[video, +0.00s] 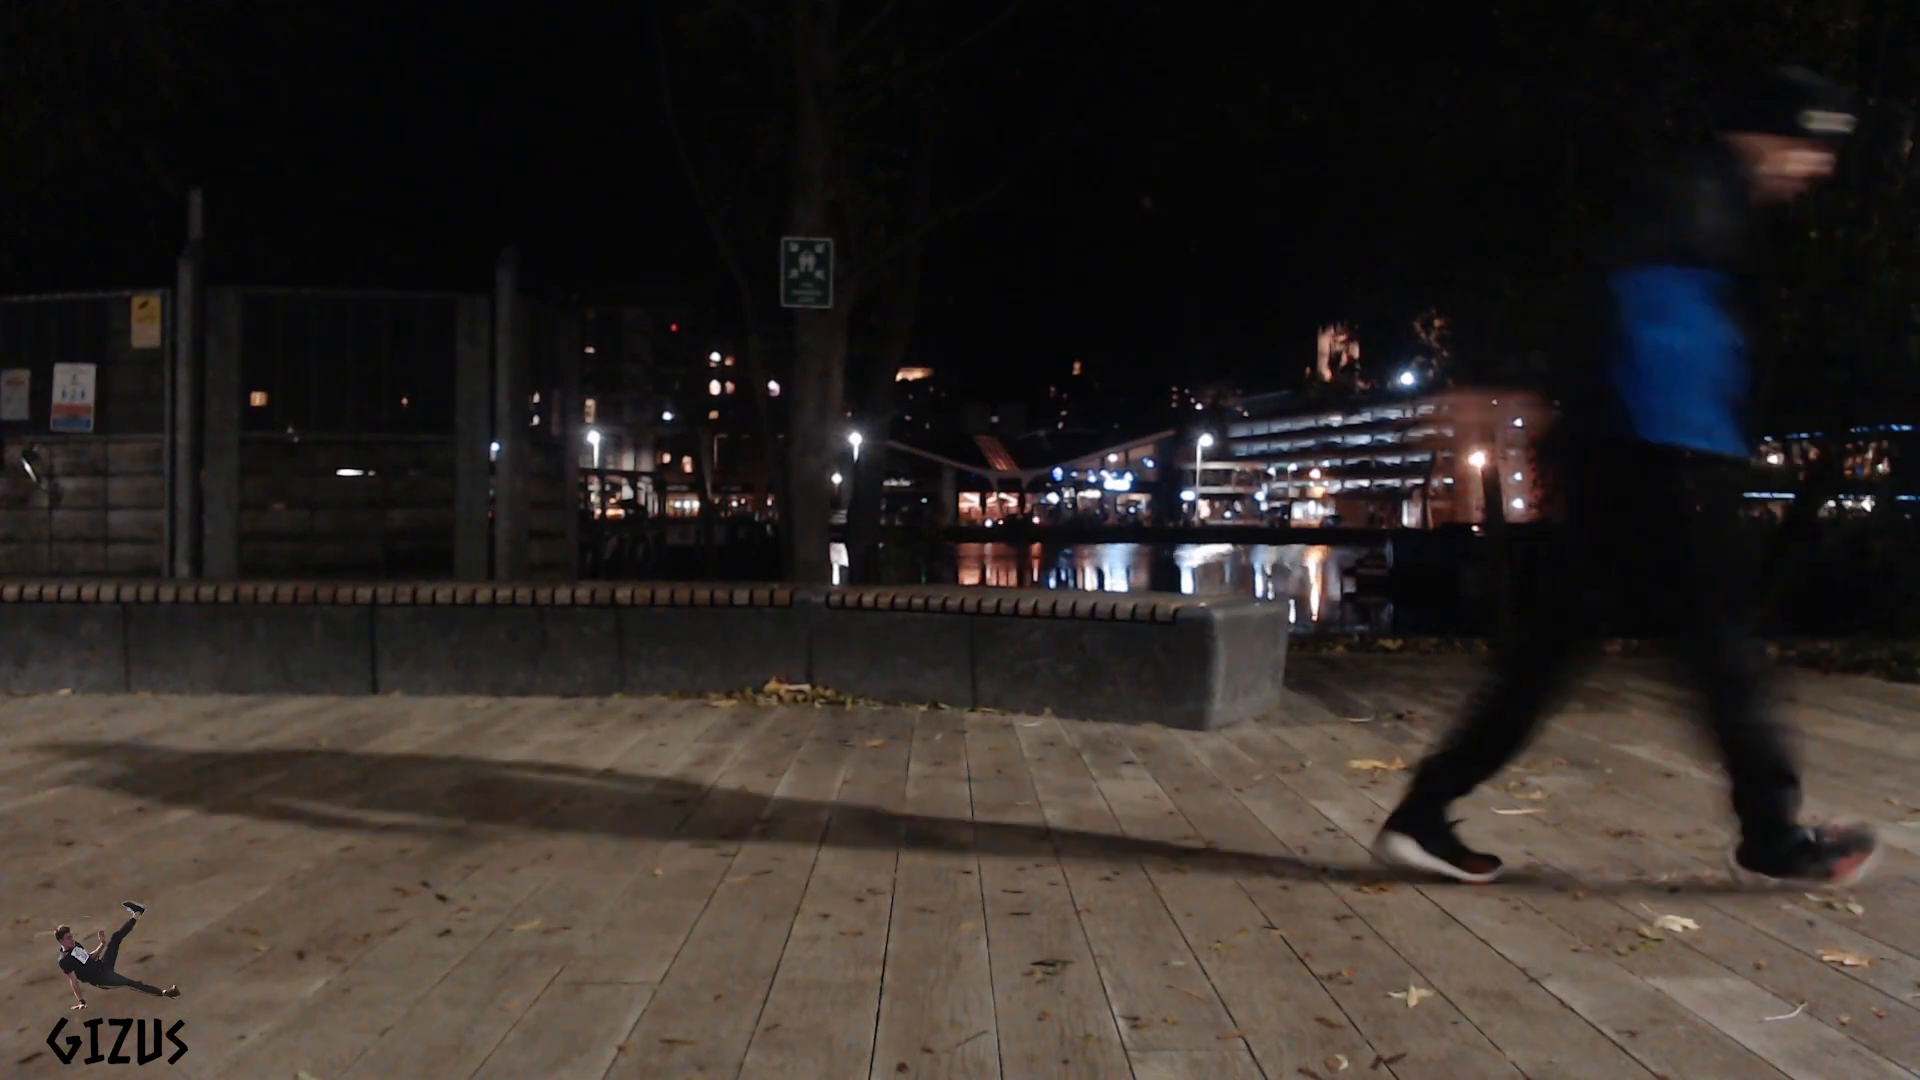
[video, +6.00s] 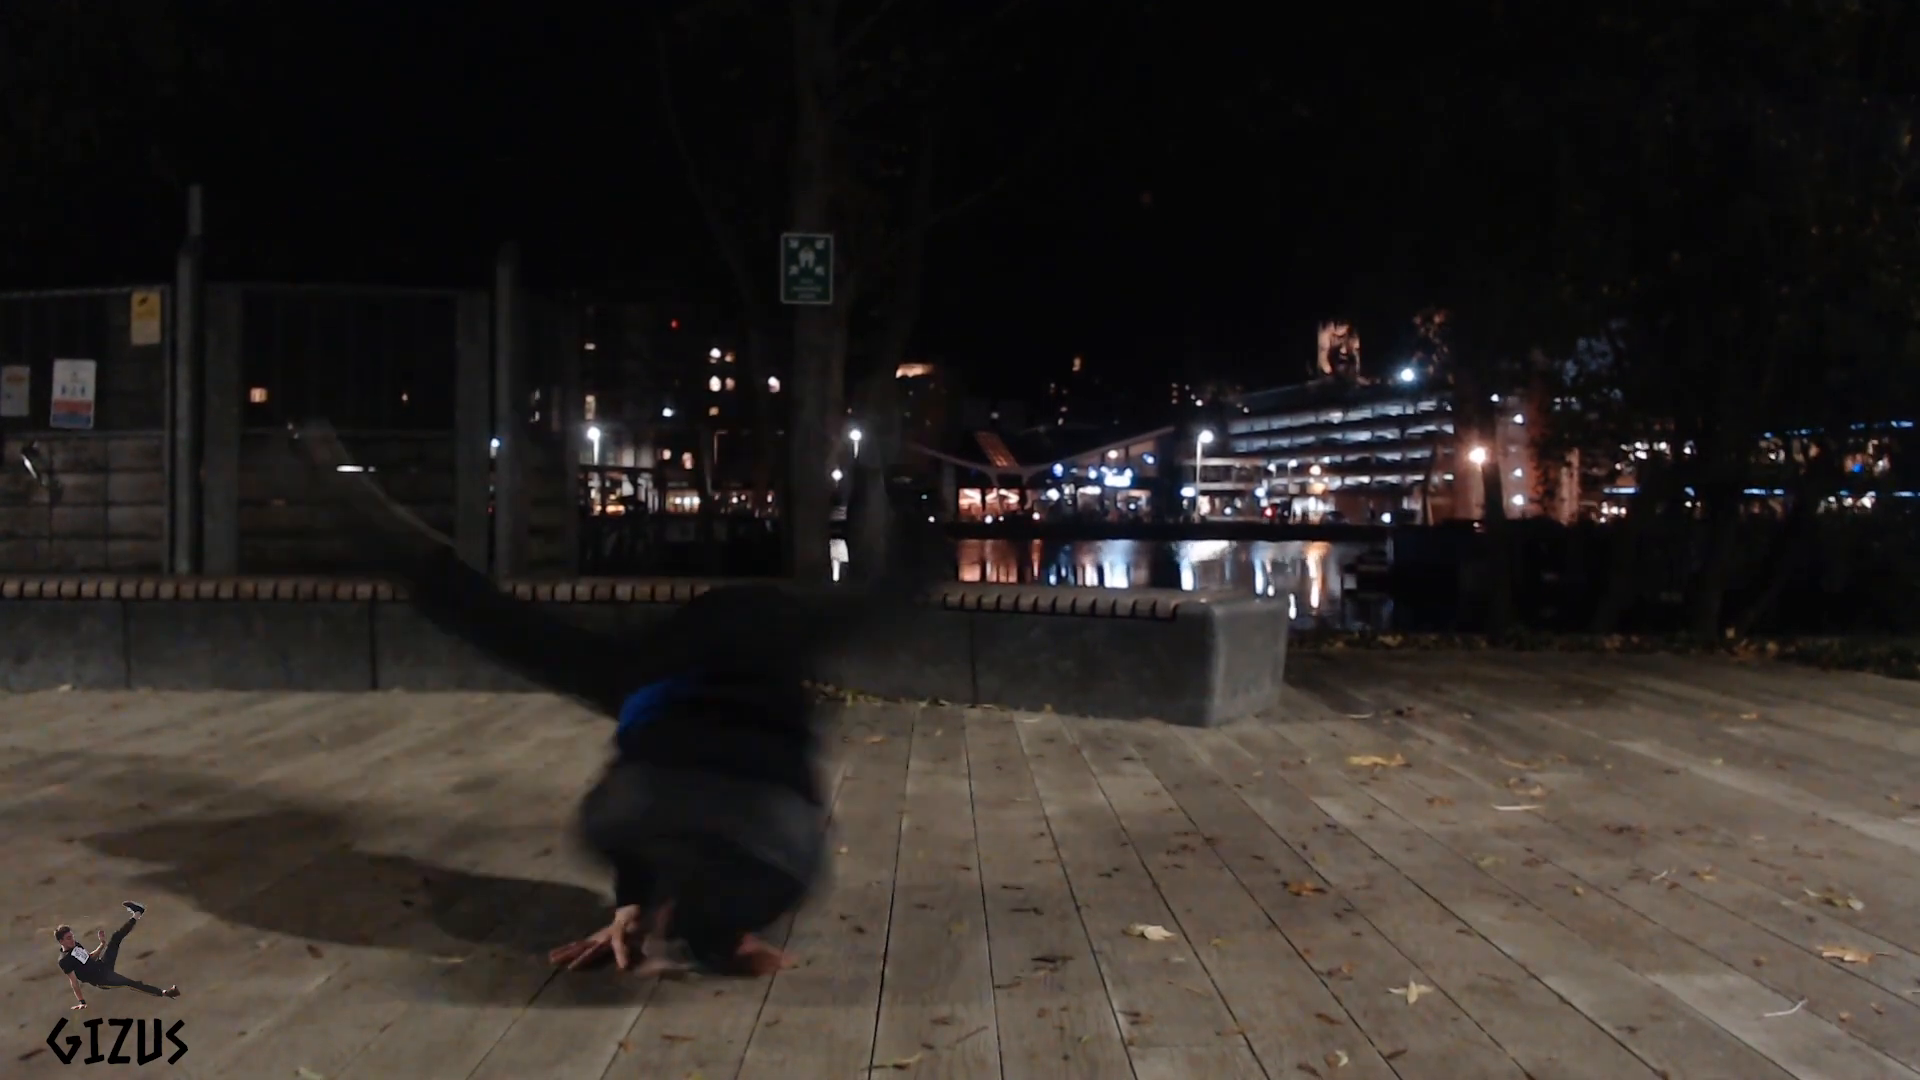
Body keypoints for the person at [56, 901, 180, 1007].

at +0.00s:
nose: (73, 939)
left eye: (72, 936)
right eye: (69, 938)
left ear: (71, 937)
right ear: (61, 941)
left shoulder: (76, 946)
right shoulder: (64, 960)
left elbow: (91, 958)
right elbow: (73, 982)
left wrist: (102, 945)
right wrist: (81, 1001)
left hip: (104, 965)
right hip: (102, 978)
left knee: (115, 939)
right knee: (132, 983)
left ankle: (136, 916)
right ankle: (165, 993)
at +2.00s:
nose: (73, 939)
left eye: (72, 936)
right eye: (69, 938)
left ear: (71, 936)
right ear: (61, 941)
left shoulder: (75, 946)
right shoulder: (64, 960)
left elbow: (91, 957)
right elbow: (74, 982)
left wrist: (102, 945)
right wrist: (81, 1002)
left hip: (104, 965)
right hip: (102, 978)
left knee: (115, 939)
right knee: (133, 983)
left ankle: (135, 917)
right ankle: (164, 993)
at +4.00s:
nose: (73, 939)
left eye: (72, 936)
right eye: (69, 938)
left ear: (71, 937)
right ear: (61, 942)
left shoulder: (76, 946)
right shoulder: (64, 961)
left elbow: (91, 958)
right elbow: (74, 982)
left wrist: (102, 945)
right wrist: (81, 1001)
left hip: (104, 965)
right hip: (102, 978)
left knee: (115, 939)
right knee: (131, 983)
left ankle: (136, 916)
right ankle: (165, 993)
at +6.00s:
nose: (73, 939)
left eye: (72, 936)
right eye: (69, 938)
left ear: (71, 937)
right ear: (62, 941)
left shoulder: (76, 946)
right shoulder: (64, 960)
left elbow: (91, 957)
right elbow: (74, 982)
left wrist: (102, 945)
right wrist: (81, 1002)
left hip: (104, 965)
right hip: (102, 978)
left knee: (116, 938)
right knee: (132, 983)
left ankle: (136, 916)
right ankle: (165, 993)